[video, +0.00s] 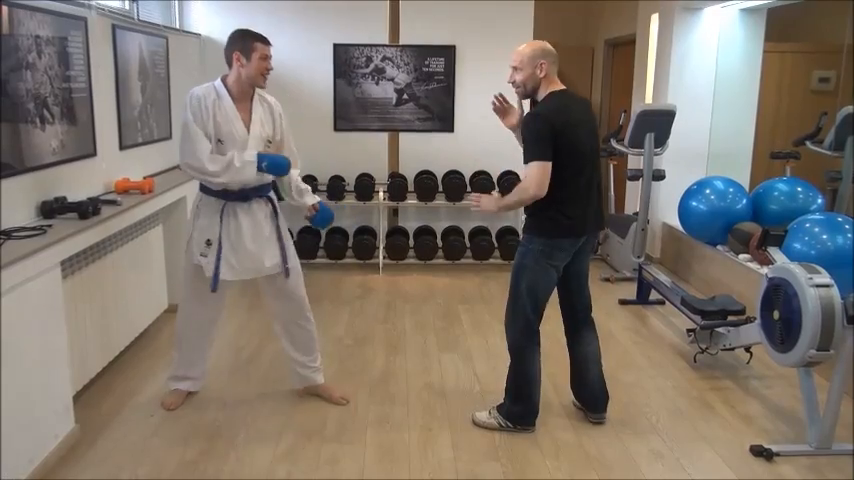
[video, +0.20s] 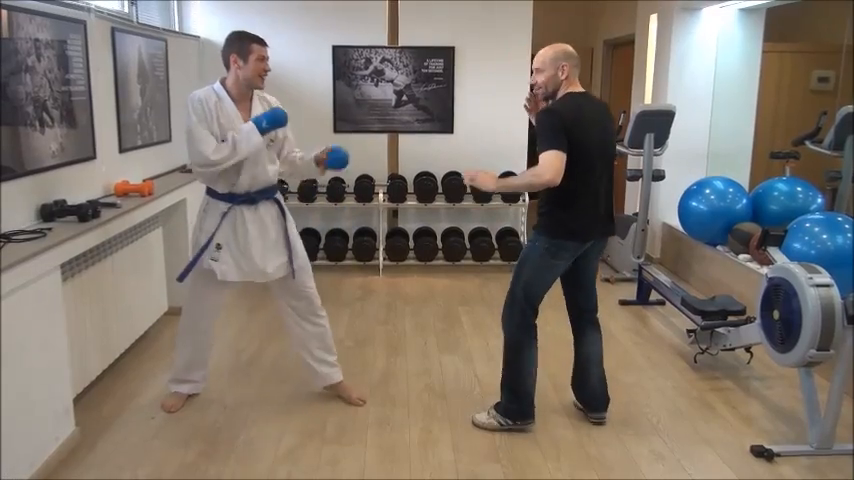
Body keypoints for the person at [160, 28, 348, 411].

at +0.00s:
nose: (270, 67)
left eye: (270, 60)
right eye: (263, 59)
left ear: (252, 63)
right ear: (237, 59)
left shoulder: (270, 108)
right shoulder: (202, 99)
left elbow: (285, 168)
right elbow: (194, 161)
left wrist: (309, 202)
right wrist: (257, 165)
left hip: (262, 211)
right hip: (215, 211)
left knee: (293, 295)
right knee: (200, 300)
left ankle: (311, 378)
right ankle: (184, 381)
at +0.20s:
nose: (267, 69)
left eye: (268, 62)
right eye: (261, 61)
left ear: (261, 66)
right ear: (234, 62)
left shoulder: (268, 105)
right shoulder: (202, 101)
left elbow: (286, 163)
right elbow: (203, 162)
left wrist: (316, 161)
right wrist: (257, 130)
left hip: (269, 212)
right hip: (221, 214)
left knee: (305, 296)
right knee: (200, 304)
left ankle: (331, 377)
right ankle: (184, 384)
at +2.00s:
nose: (272, 103)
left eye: (274, 96)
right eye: (265, 95)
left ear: (274, 98)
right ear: (240, 95)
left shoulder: (285, 136)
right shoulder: (213, 138)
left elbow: (306, 192)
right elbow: (227, 198)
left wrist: (330, 198)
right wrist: (262, 159)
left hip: (293, 232)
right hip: (241, 239)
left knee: (354, 293)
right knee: (200, 319)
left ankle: (358, 370)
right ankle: (174, 384)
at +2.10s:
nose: (309, 98)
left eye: (312, 91)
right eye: (303, 91)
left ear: (313, 93)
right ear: (279, 91)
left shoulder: (324, 128)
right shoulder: (252, 134)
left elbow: (352, 167)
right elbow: (256, 195)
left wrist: (382, 158)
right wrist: (287, 155)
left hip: (324, 231)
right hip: (273, 235)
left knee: (385, 287)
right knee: (223, 311)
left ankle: (410, 367)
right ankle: (179, 384)